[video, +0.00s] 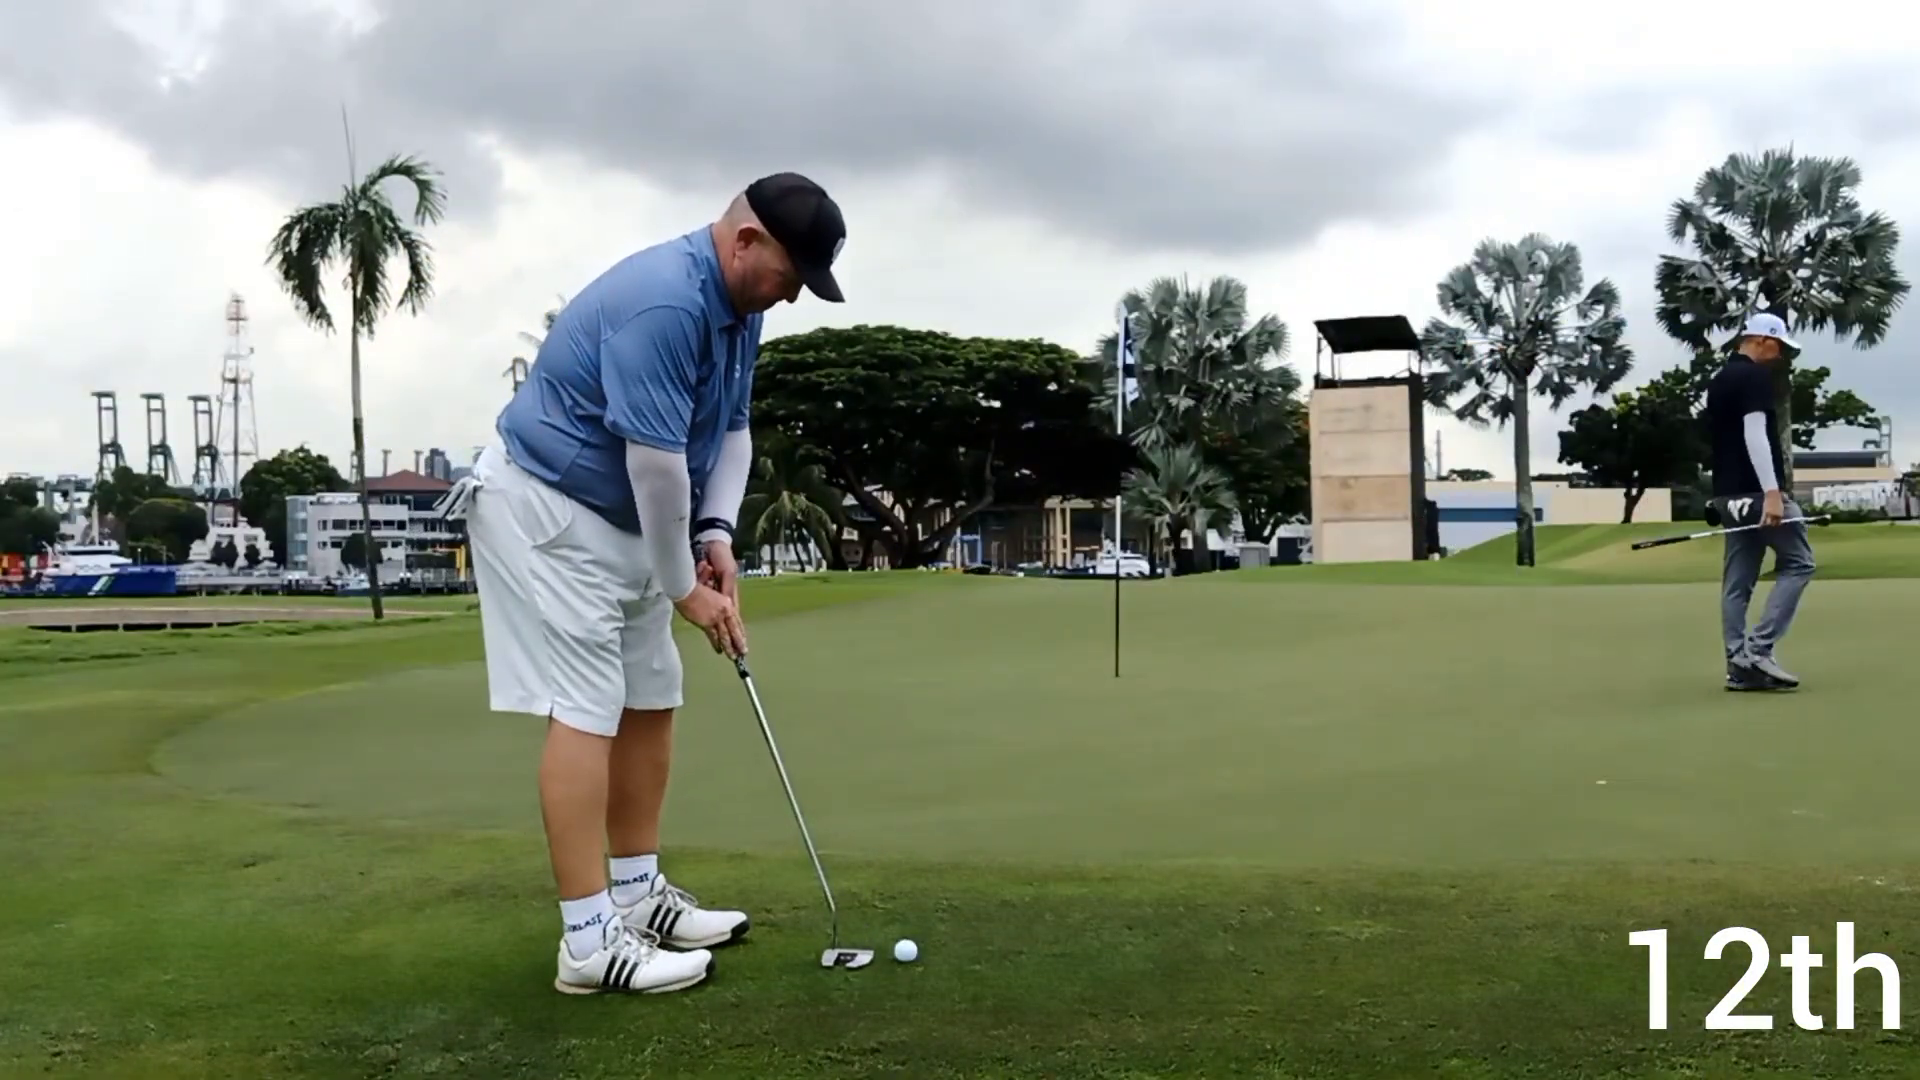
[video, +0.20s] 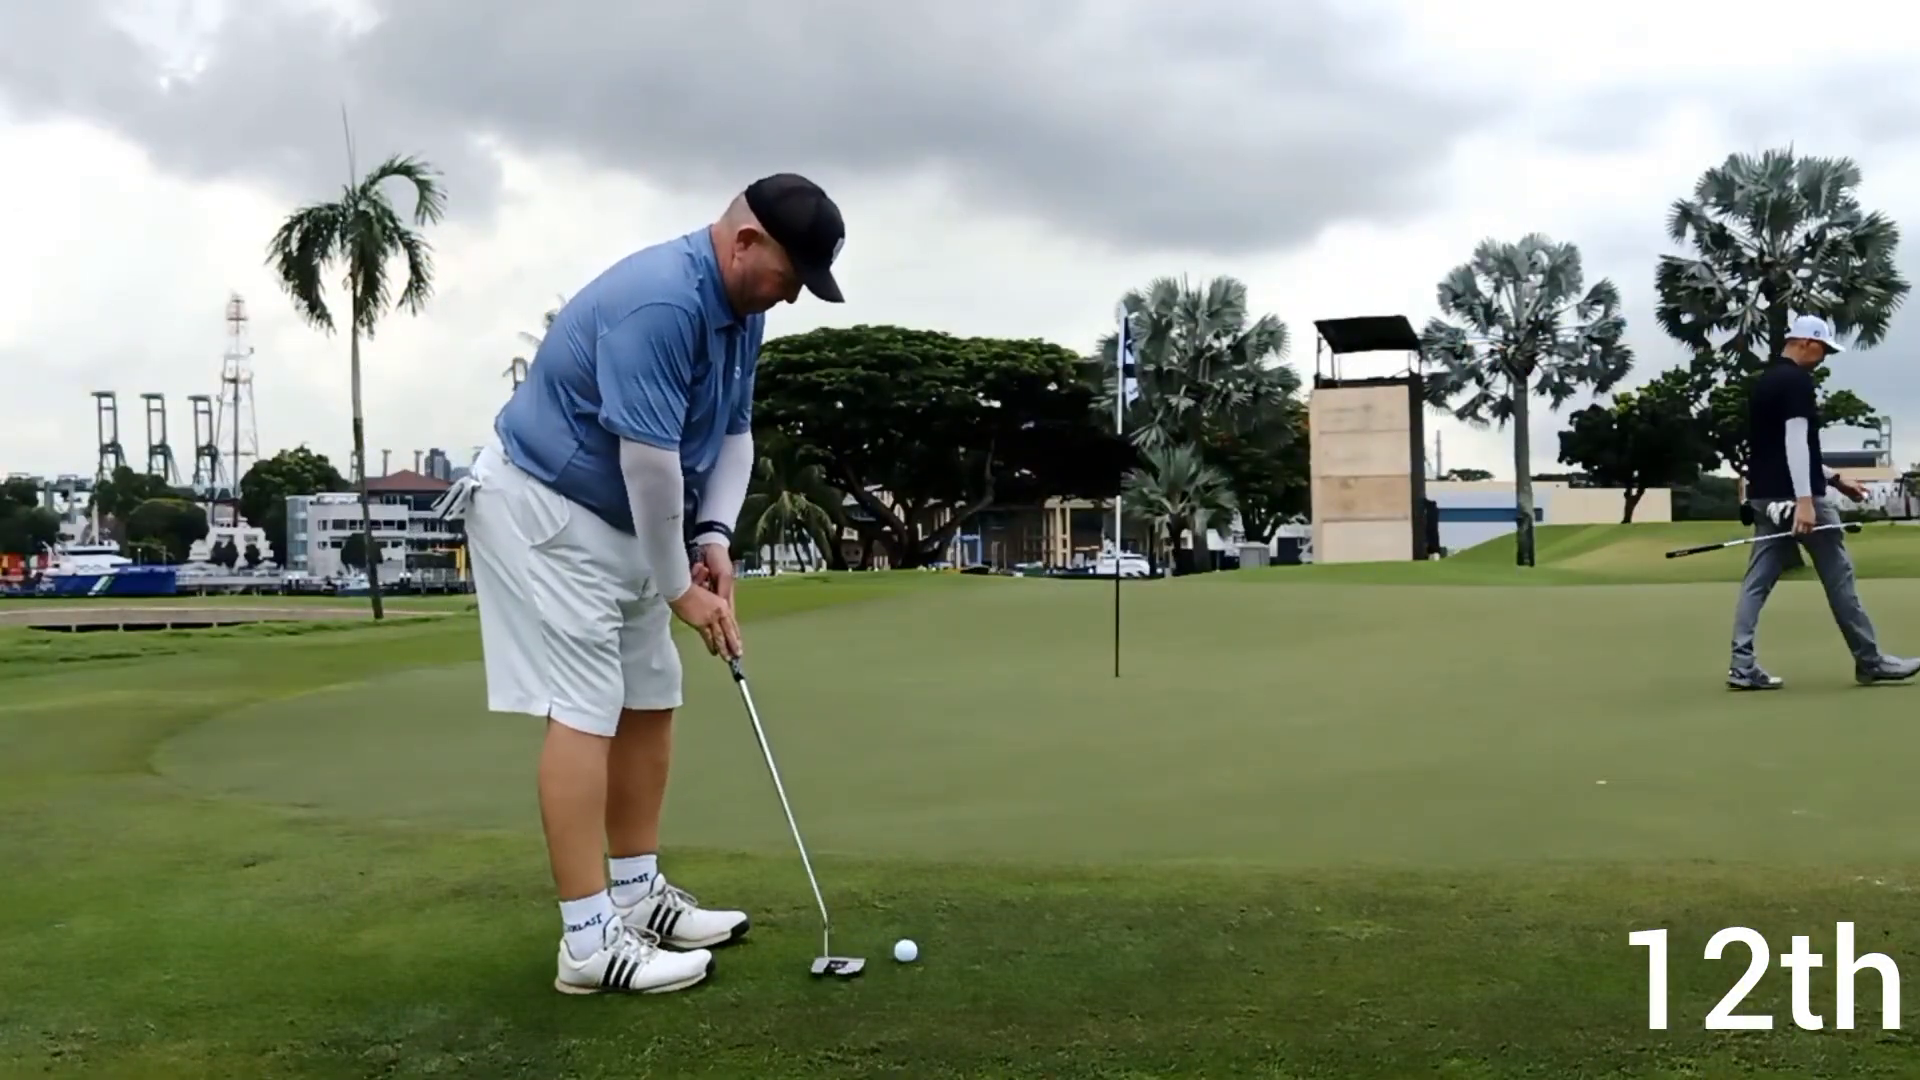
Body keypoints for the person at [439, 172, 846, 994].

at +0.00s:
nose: (792, 295)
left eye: (800, 283)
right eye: (789, 277)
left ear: (754, 244)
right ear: (745, 239)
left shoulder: (738, 308)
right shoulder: (660, 309)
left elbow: (732, 432)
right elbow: (656, 470)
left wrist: (719, 532)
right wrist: (684, 587)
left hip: (629, 509)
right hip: (548, 502)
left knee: (648, 694)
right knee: (586, 704)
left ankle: (636, 897)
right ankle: (586, 942)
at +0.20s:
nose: (791, 295)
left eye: (800, 283)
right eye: (789, 277)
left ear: (755, 245)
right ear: (746, 240)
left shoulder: (739, 308)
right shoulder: (656, 307)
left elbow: (732, 437)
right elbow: (650, 467)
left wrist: (716, 535)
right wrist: (678, 587)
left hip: (627, 511)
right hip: (545, 503)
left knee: (648, 695)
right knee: (584, 705)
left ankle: (635, 897)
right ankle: (586, 941)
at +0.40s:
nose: (793, 297)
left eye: (803, 285)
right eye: (791, 279)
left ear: (759, 248)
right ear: (748, 241)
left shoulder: (745, 314)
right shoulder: (653, 300)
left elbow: (732, 444)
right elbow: (637, 460)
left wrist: (707, 537)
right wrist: (665, 582)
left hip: (623, 513)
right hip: (542, 501)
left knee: (647, 695)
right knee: (582, 704)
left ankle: (635, 897)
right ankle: (586, 942)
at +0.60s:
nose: (794, 297)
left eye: (804, 285)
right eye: (792, 279)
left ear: (759, 250)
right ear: (749, 244)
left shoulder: (741, 312)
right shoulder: (655, 305)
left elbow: (732, 437)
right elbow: (644, 461)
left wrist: (709, 530)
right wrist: (673, 586)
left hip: (622, 511)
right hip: (542, 501)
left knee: (646, 693)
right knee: (582, 703)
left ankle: (635, 898)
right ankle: (586, 940)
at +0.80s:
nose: (792, 296)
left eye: (800, 284)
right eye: (790, 280)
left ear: (753, 250)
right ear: (749, 250)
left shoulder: (729, 305)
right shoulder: (660, 312)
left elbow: (734, 423)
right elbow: (662, 477)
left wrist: (720, 521)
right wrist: (689, 585)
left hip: (625, 509)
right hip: (546, 502)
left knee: (644, 697)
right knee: (583, 705)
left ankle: (636, 898)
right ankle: (586, 940)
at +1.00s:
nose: (792, 296)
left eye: (799, 284)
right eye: (791, 280)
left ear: (752, 252)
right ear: (749, 254)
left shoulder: (727, 305)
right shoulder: (659, 312)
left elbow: (734, 425)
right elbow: (660, 476)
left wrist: (721, 523)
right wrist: (688, 585)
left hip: (625, 509)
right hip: (545, 503)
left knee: (644, 698)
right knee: (583, 706)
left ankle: (635, 898)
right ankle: (586, 941)